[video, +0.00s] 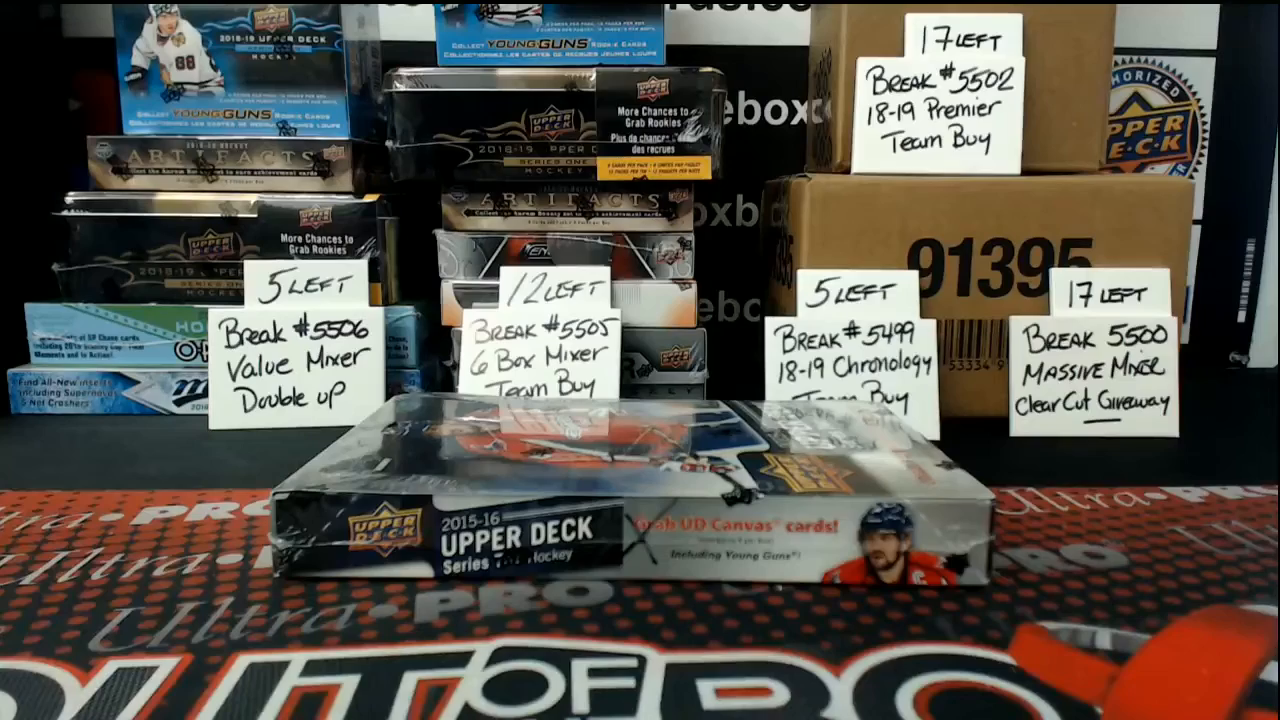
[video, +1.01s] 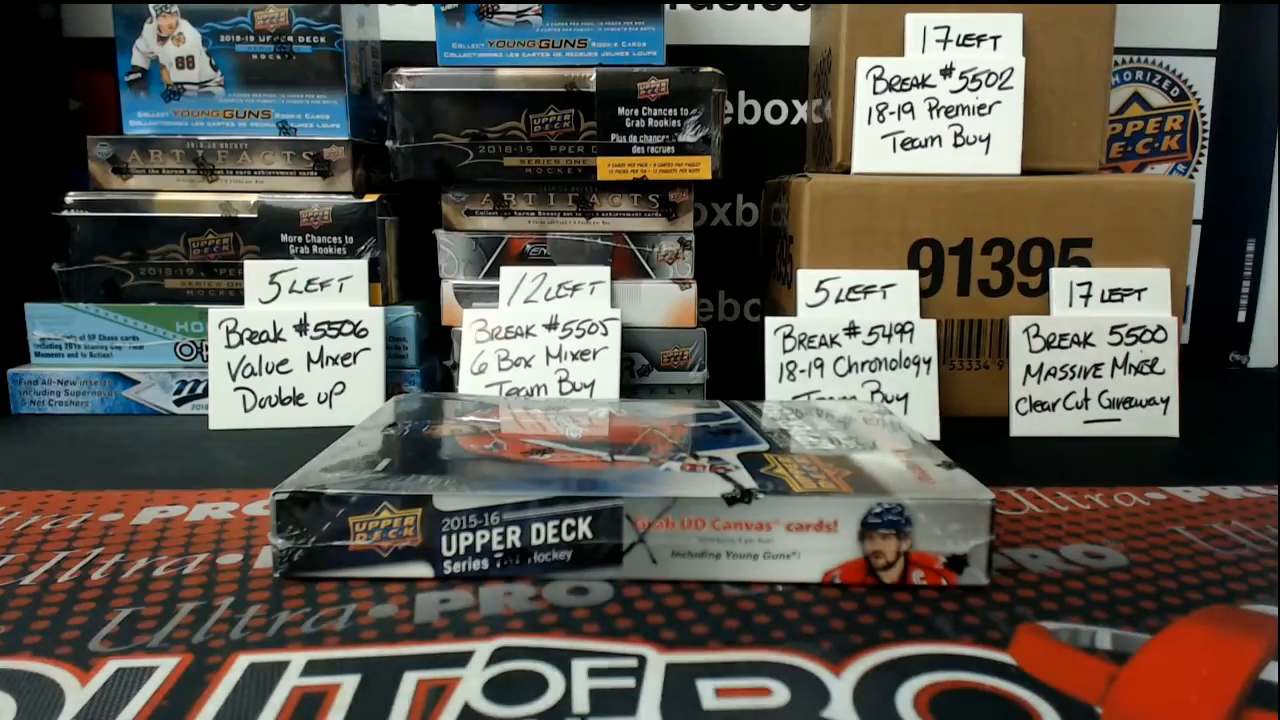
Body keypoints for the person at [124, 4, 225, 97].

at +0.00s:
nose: (170, 22)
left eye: (173, 17)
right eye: (164, 18)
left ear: (178, 17)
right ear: (156, 19)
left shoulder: (186, 35)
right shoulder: (150, 28)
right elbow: (141, 50)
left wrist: (177, 89)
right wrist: (137, 73)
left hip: (209, 84)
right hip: (181, 84)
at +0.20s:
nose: (170, 22)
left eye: (173, 17)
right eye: (164, 18)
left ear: (178, 17)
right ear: (156, 19)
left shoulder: (186, 35)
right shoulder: (150, 28)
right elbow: (141, 50)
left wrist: (177, 89)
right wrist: (137, 73)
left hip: (209, 84)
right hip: (180, 83)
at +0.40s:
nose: (170, 22)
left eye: (173, 17)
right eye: (164, 18)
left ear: (178, 17)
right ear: (156, 19)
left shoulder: (186, 35)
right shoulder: (150, 28)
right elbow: (141, 50)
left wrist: (177, 89)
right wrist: (137, 73)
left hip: (209, 84)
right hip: (181, 84)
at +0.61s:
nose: (169, 23)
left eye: (173, 17)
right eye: (164, 18)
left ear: (178, 18)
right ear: (156, 19)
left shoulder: (186, 35)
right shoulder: (150, 28)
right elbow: (141, 50)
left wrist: (178, 89)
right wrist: (137, 73)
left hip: (208, 84)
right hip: (181, 84)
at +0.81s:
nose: (169, 23)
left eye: (173, 17)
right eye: (164, 18)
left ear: (178, 18)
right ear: (156, 19)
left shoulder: (186, 35)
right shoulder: (150, 28)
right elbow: (141, 50)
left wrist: (178, 89)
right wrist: (137, 73)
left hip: (209, 84)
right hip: (181, 84)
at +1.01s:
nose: (169, 23)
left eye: (173, 17)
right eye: (164, 18)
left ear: (178, 18)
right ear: (156, 19)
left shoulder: (186, 35)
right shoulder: (150, 28)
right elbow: (141, 50)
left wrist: (178, 89)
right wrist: (137, 73)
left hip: (209, 84)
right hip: (181, 84)